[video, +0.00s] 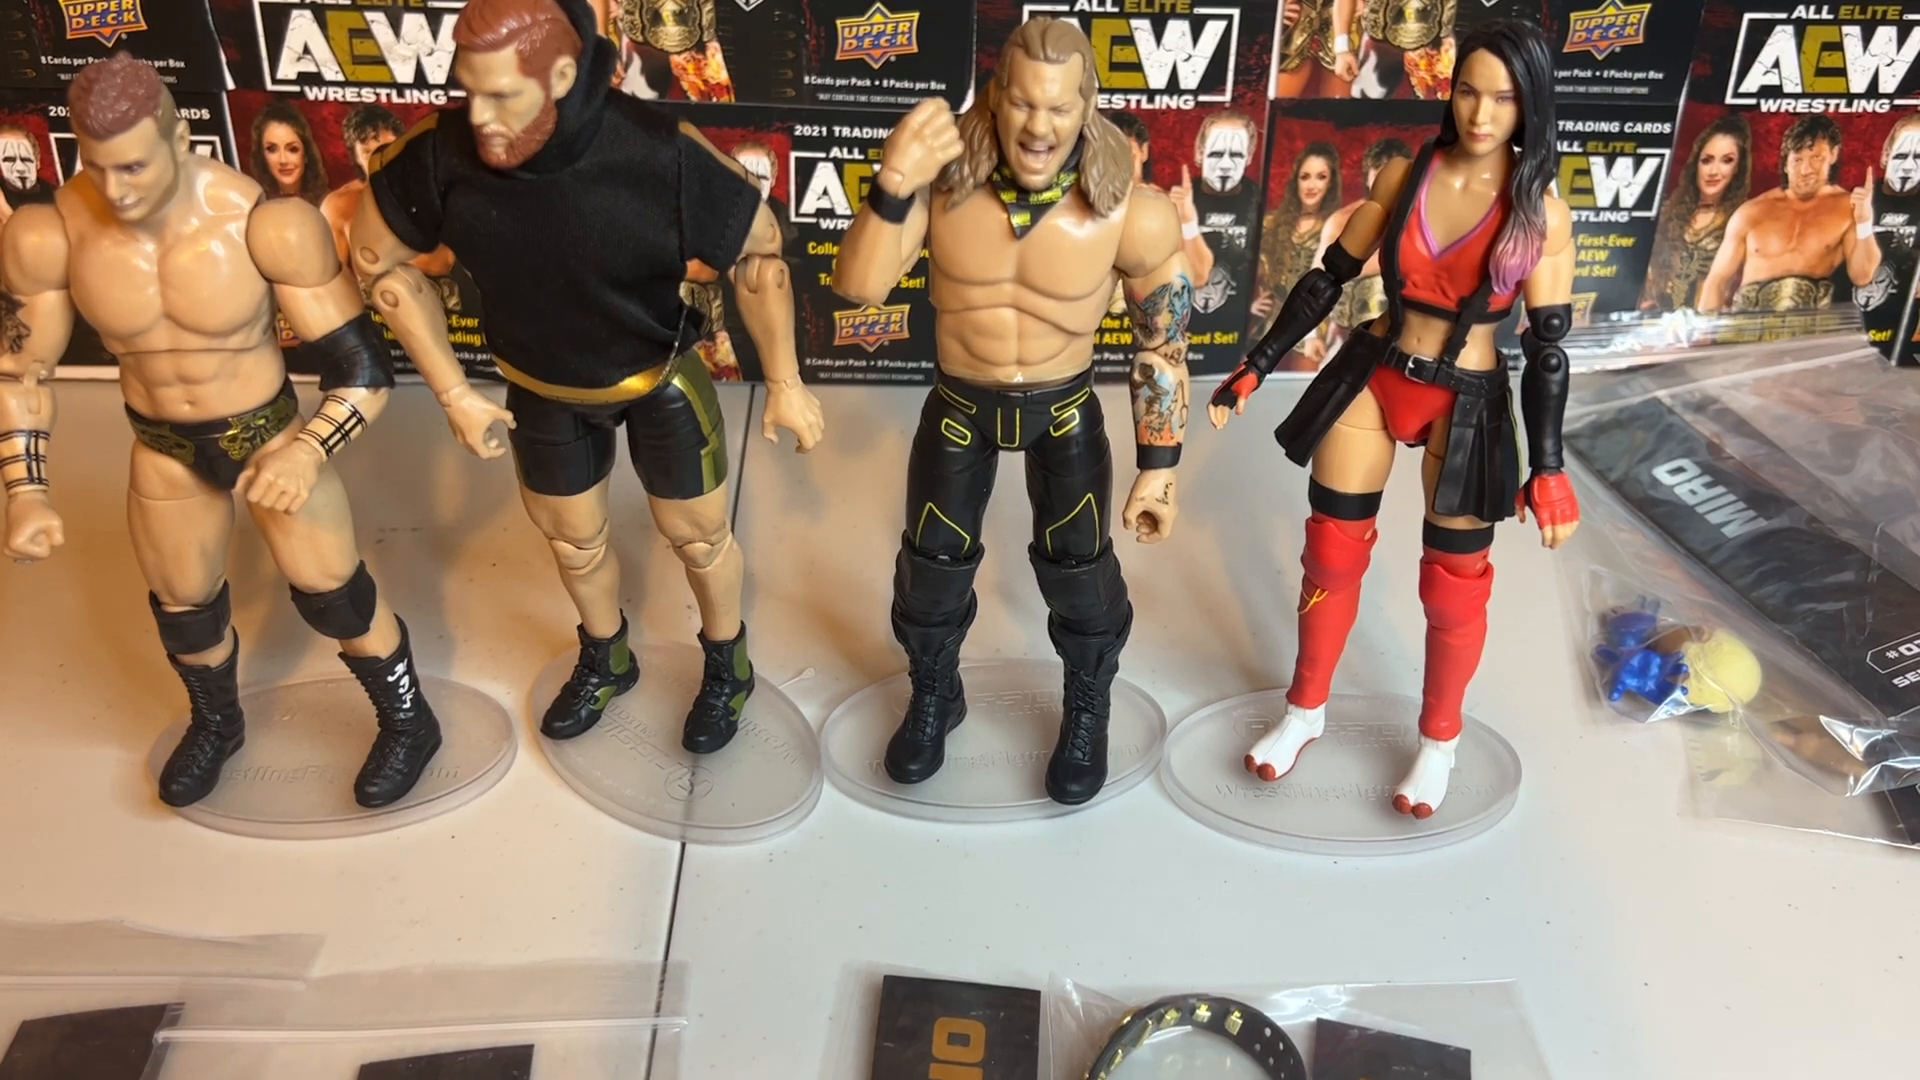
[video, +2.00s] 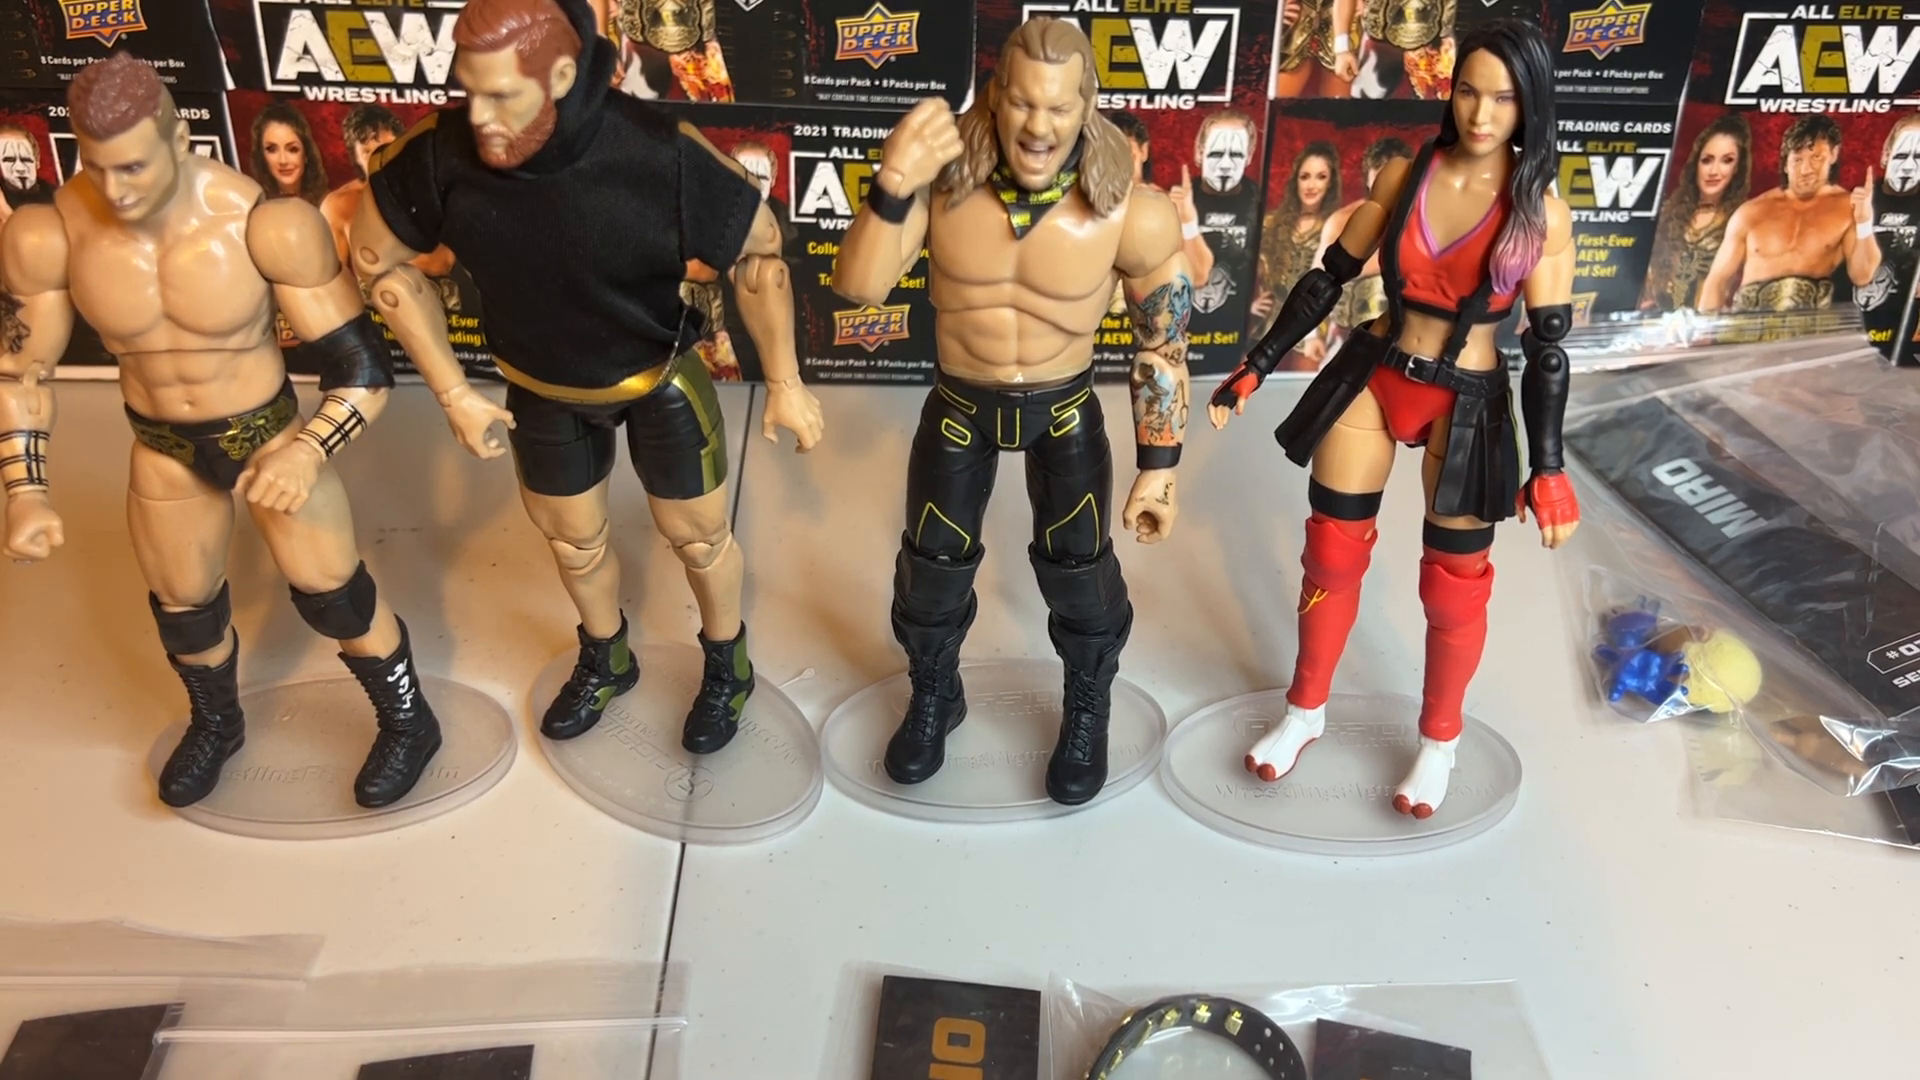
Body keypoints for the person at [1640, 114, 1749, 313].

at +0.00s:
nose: (1714, 171)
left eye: (1727, 160)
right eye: (1706, 160)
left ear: (1738, 168)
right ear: (1695, 164)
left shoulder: (1742, 219)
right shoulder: (1670, 213)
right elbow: (1653, 267)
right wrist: (1649, 299)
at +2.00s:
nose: (1714, 171)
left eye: (1727, 160)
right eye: (1706, 160)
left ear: (1739, 167)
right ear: (1695, 164)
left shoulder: (1743, 219)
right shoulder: (1671, 212)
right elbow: (1654, 265)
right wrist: (1650, 299)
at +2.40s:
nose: (1714, 171)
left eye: (1727, 161)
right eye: (1707, 160)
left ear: (1739, 168)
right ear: (1695, 164)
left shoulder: (1743, 219)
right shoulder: (1671, 212)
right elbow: (1655, 265)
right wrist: (1650, 299)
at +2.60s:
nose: (1715, 171)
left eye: (1728, 161)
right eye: (1707, 160)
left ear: (1739, 168)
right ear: (1696, 164)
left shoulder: (1743, 220)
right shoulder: (1670, 213)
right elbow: (1654, 267)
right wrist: (1649, 300)